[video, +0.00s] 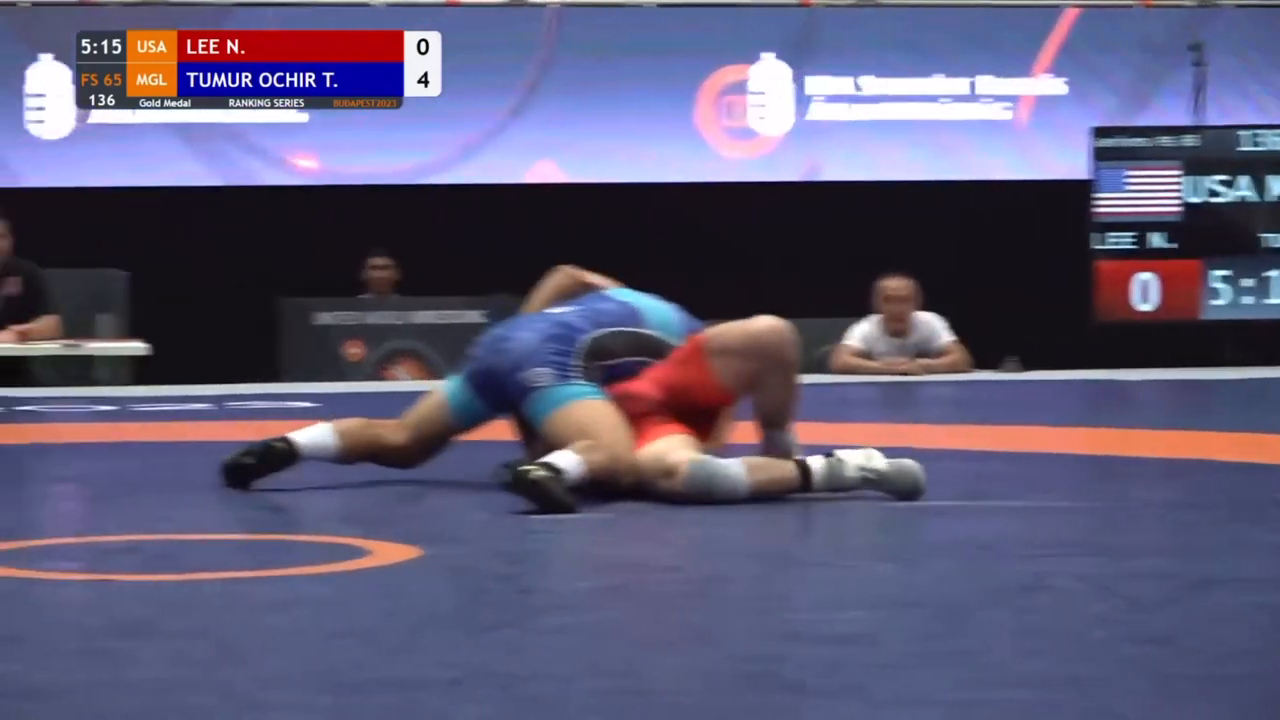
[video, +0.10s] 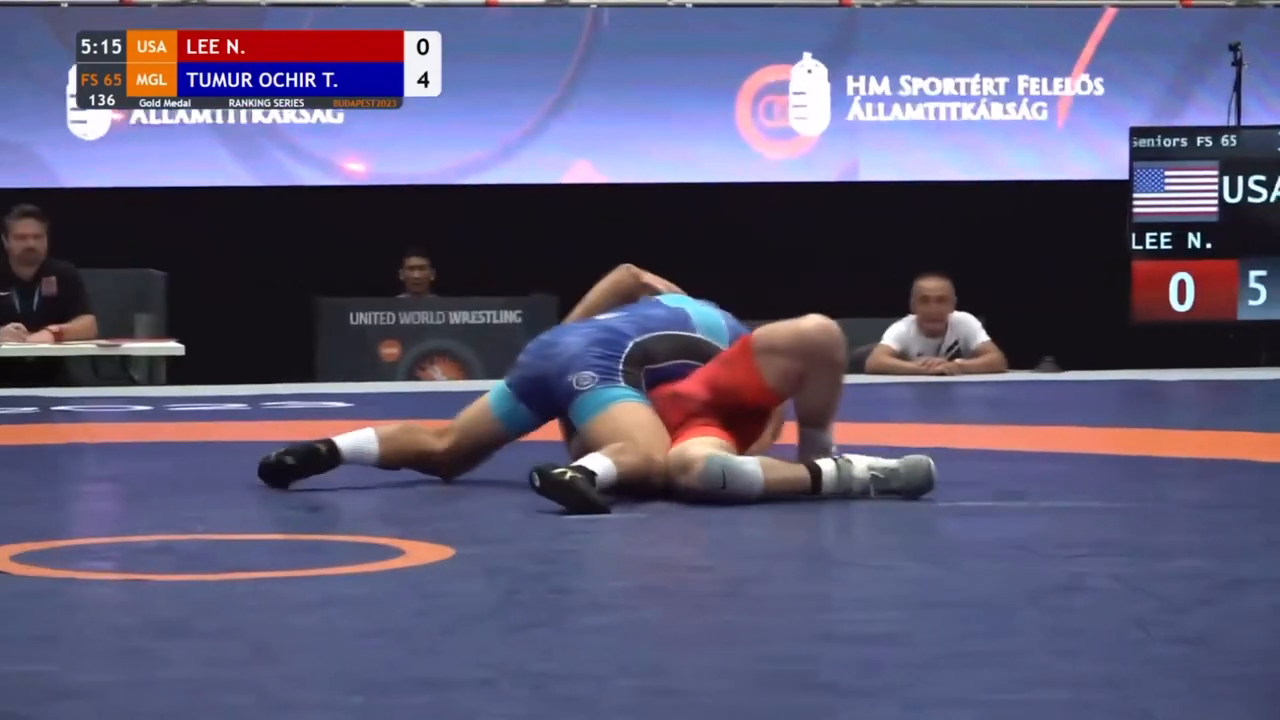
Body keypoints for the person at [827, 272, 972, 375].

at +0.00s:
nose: (897, 308)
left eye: (904, 300)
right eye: (890, 300)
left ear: (915, 302)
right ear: (879, 303)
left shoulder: (931, 322)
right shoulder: (866, 327)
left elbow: (962, 360)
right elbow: (840, 361)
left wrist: (919, 365)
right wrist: (888, 367)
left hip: (926, 400)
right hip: (877, 400)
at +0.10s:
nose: (933, 308)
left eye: (941, 301)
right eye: (925, 301)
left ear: (953, 303)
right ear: (913, 305)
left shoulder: (965, 322)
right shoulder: (902, 328)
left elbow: (998, 362)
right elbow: (874, 363)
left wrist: (956, 366)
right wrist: (924, 368)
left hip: (959, 400)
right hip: (911, 401)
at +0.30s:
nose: (944, 309)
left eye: (952, 301)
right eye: (936, 301)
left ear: (964, 303)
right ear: (923, 304)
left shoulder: (976, 323)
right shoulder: (912, 329)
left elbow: (1009, 363)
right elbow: (885, 364)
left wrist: (966, 366)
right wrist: (937, 368)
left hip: (970, 402)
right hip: (922, 403)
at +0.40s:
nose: (948, 309)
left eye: (956, 301)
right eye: (939, 301)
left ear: (968, 303)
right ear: (927, 304)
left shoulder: (980, 322)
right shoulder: (916, 328)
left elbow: (1013, 362)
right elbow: (888, 363)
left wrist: (970, 367)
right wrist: (940, 368)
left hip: (973, 402)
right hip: (926, 403)